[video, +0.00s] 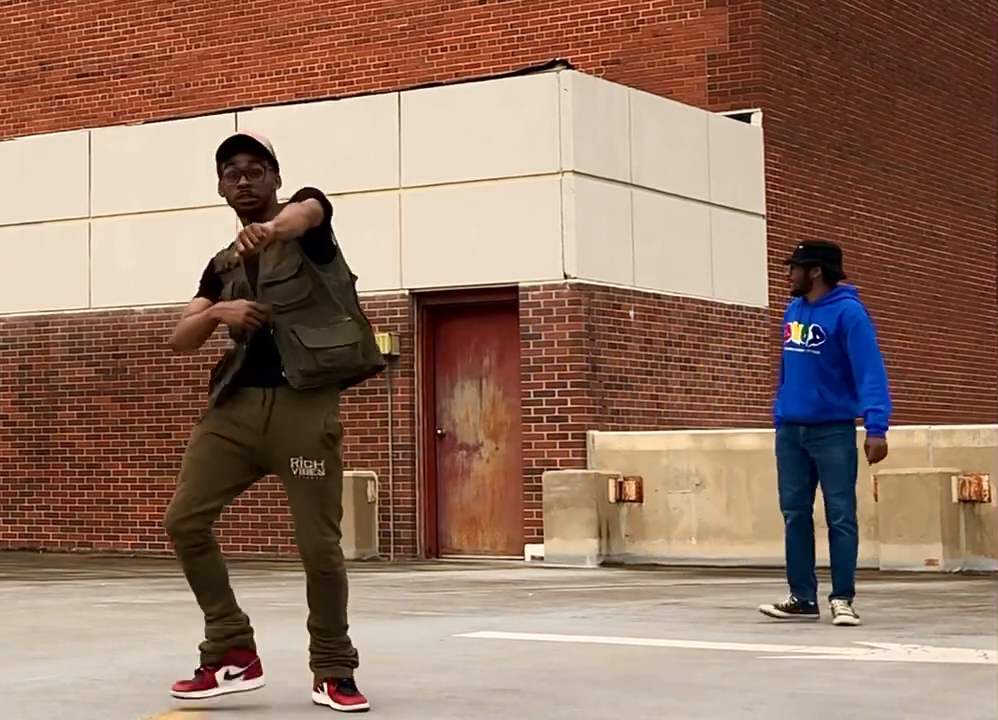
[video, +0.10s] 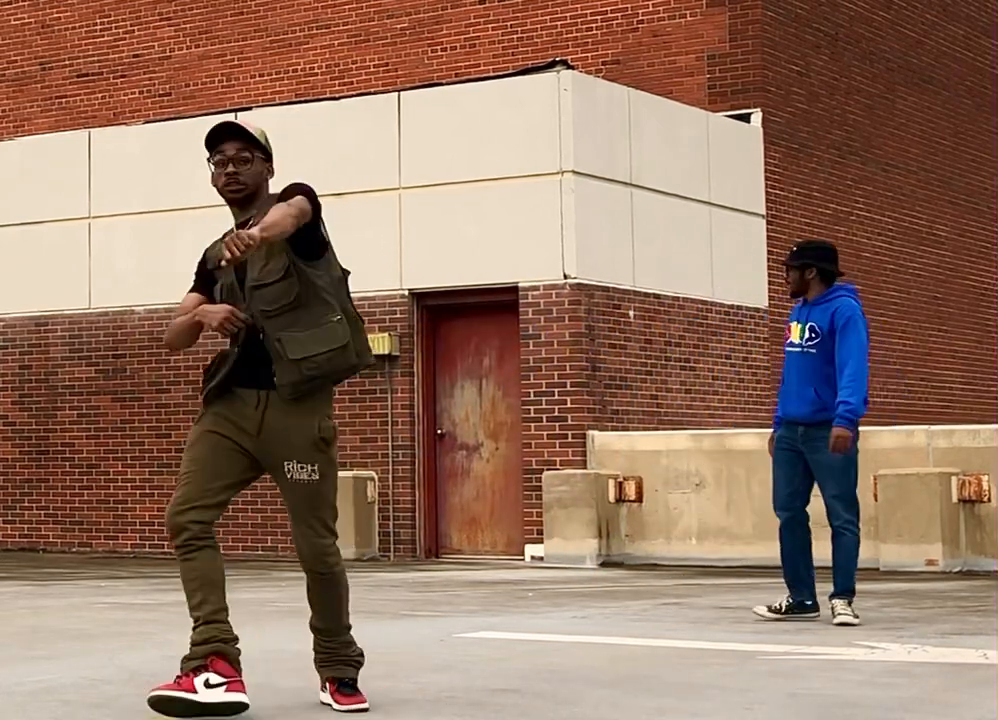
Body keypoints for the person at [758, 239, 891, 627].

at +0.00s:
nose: (789, 274)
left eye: (794, 268)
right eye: (790, 268)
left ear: (816, 271)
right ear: (808, 272)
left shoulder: (849, 312)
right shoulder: (794, 310)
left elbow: (871, 370)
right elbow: (788, 368)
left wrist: (876, 428)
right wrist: (780, 417)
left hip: (833, 429)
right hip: (790, 429)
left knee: (840, 515)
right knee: (795, 514)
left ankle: (842, 599)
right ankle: (803, 599)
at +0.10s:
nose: (786, 277)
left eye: (792, 271)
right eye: (787, 271)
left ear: (812, 272)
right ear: (807, 273)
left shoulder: (845, 309)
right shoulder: (799, 312)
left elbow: (854, 366)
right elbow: (792, 373)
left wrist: (846, 419)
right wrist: (779, 424)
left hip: (828, 430)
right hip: (791, 430)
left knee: (842, 517)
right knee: (789, 513)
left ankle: (842, 599)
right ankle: (801, 599)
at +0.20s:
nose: (781, 282)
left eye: (785, 275)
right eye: (781, 276)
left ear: (805, 275)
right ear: (804, 276)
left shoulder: (840, 308)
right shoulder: (802, 313)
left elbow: (836, 367)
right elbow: (796, 373)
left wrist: (809, 412)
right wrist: (784, 424)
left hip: (830, 428)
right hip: (793, 428)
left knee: (841, 516)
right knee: (787, 513)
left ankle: (842, 599)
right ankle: (792, 598)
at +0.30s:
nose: (777, 282)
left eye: (782, 275)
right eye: (778, 275)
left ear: (802, 275)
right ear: (800, 276)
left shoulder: (835, 308)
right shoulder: (801, 312)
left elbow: (826, 366)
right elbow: (798, 367)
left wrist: (788, 409)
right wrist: (785, 410)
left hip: (829, 430)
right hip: (795, 429)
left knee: (839, 516)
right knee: (787, 513)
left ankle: (841, 598)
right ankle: (787, 597)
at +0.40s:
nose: (773, 284)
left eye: (777, 276)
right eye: (774, 277)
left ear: (796, 276)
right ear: (797, 277)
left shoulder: (826, 310)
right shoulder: (798, 314)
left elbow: (810, 371)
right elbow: (794, 372)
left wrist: (767, 410)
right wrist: (772, 413)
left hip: (824, 429)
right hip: (795, 430)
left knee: (836, 516)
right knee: (789, 512)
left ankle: (841, 598)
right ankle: (788, 597)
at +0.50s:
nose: (769, 284)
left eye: (773, 277)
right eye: (769, 278)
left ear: (790, 278)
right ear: (792, 279)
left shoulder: (814, 316)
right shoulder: (795, 315)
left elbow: (792, 378)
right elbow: (788, 380)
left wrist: (751, 422)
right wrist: (771, 425)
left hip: (817, 430)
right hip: (790, 432)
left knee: (828, 514)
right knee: (785, 512)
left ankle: (840, 598)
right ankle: (788, 599)